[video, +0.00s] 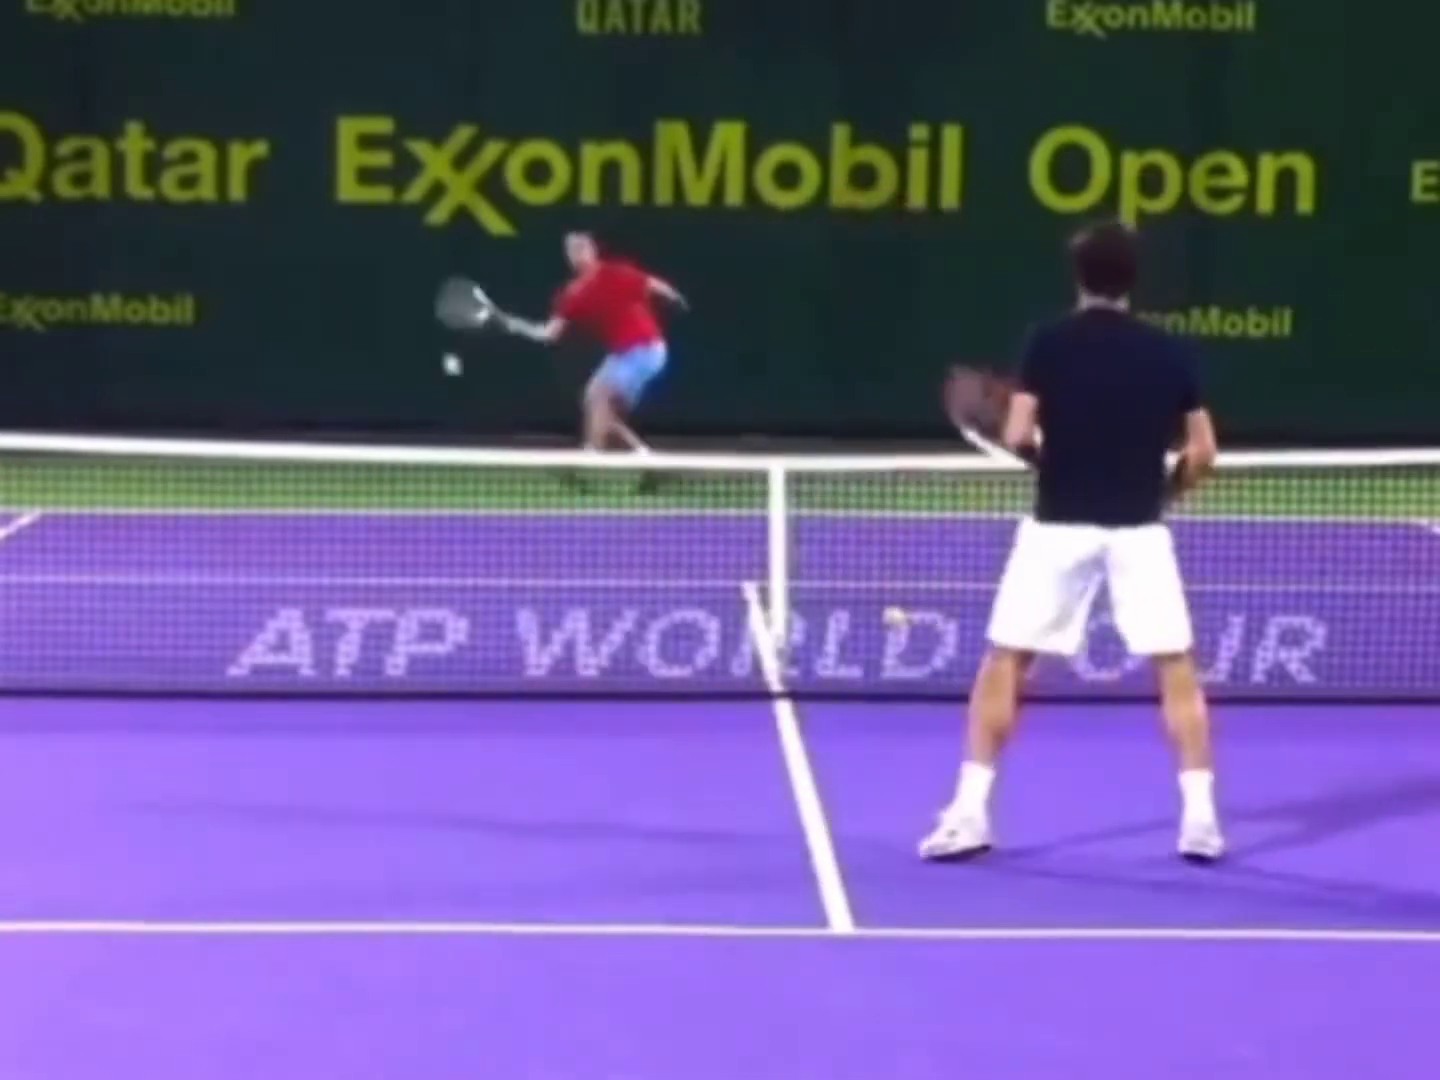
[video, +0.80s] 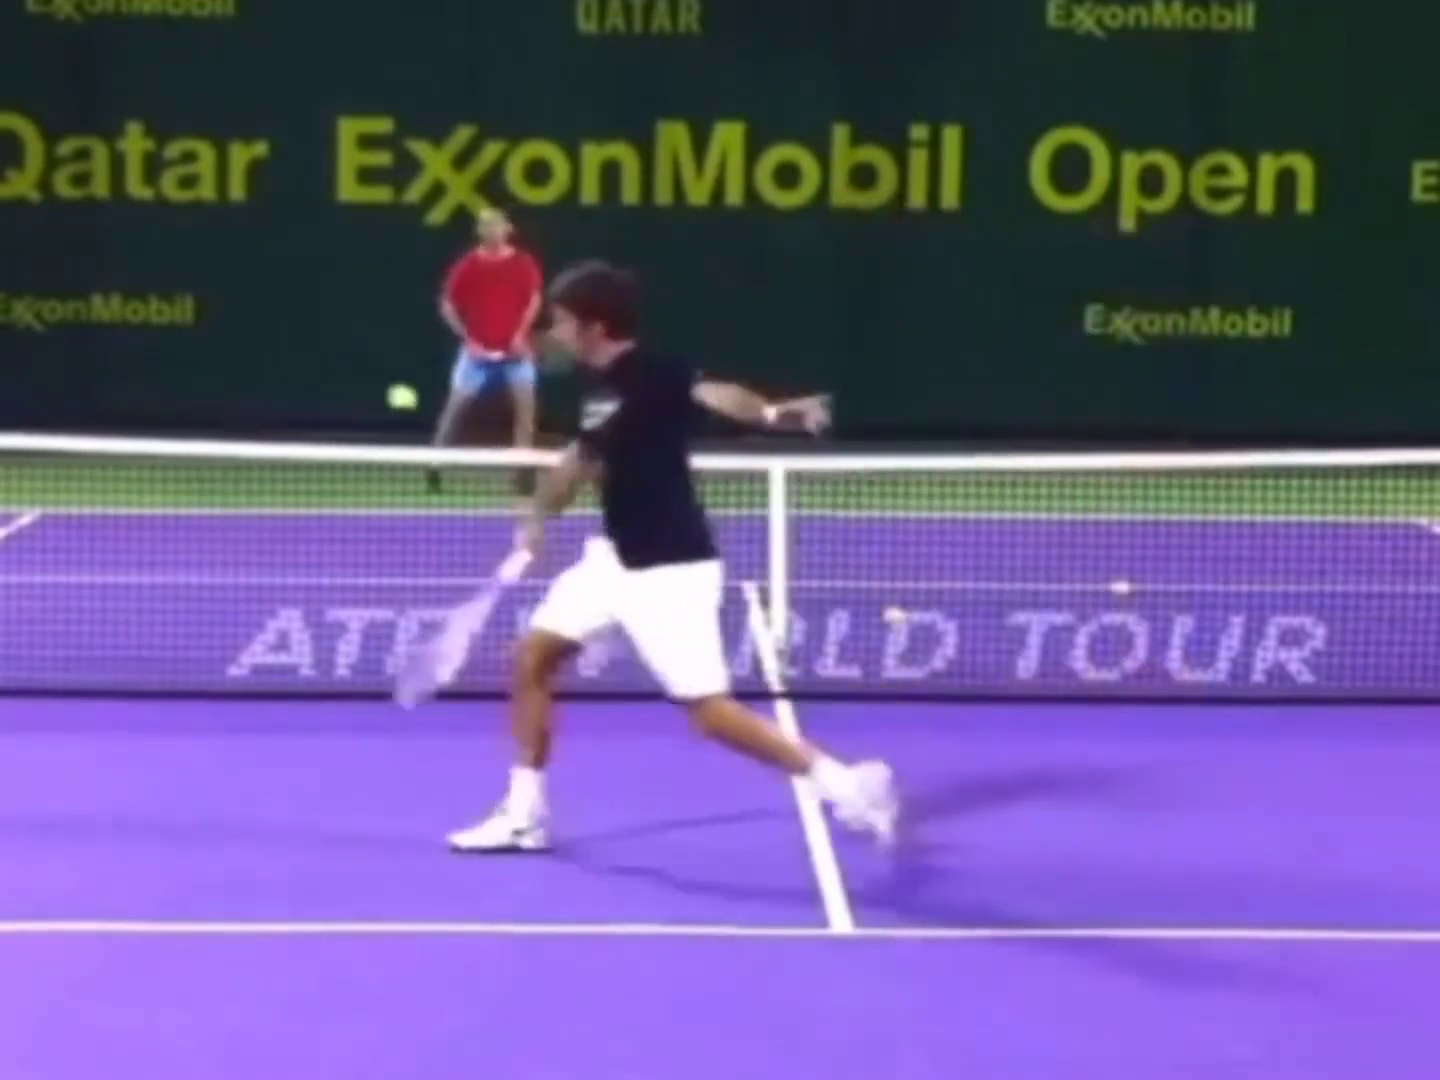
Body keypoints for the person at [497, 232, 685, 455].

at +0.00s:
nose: (578, 255)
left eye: (582, 248)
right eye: (572, 250)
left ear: (593, 249)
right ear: (567, 255)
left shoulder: (618, 272)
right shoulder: (572, 293)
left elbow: (657, 287)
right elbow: (550, 333)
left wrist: (678, 300)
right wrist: (511, 324)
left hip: (647, 347)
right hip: (621, 353)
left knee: (598, 392)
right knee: (600, 409)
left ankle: (592, 454)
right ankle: (643, 453)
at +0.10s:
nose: (557, 246)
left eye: (562, 239)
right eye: (553, 240)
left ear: (572, 242)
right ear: (548, 244)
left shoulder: (595, 267)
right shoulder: (551, 277)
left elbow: (638, 290)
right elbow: (527, 305)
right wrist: (531, 279)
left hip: (602, 353)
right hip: (584, 354)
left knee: (554, 401)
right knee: (567, 423)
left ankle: (533, 463)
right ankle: (623, 455)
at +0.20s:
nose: (543, 250)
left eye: (548, 245)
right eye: (539, 245)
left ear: (560, 246)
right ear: (534, 247)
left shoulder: (579, 273)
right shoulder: (532, 272)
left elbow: (611, 303)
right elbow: (503, 290)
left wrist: (592, 301)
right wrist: (527, 269)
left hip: (568, 353)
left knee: (518, 400)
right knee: (532, 425)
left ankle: (516, 466)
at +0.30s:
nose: (530, 235)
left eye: (536, 229)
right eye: (526, 229)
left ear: (544, 234)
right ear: (518, 233)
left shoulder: (559, 268)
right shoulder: (508, 265)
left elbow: (583, 306)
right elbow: (485, 295)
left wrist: (565, 317)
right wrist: (520, 286)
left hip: (552, 346)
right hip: (521, 346)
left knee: (508, 397)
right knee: (492, 407)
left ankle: (519, 458)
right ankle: (529, 452)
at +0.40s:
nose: (512, 231)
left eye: (518, 225)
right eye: (509, 225)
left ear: (529, 229)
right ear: (505, 228)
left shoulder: (546, 262)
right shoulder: (493, 259)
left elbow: (560, 306)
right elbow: (470, 299)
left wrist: (541, 316)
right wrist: (505, 312)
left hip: (536, 342)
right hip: (502, 340)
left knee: (500, 391)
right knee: (474, 394)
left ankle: (513, 462)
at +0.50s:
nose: (502, 230)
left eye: (507, 224)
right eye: (498, 224)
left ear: (517, 228)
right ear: (491, 228)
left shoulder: (534, 262)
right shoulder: (480, 262)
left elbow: (548, 301)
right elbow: (457, 305)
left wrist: (531, 325)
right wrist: (486, 328)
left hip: (522, 345)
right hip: (486, 344)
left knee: (494, 393)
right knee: (462, 395)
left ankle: (504, 462)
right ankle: (436, 456)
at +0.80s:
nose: (492, 231)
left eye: (496, 225)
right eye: (486, 226)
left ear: (507, 229)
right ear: (479, 230)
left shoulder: (523, 264)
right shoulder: (468, 264)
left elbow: (534, 299)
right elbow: (447, 304)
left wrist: (519, 335)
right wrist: (468, 339)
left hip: (513, 346)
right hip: (478, 347)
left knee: (525, 406)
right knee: (457, 403)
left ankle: (522, 465)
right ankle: (435, 460)